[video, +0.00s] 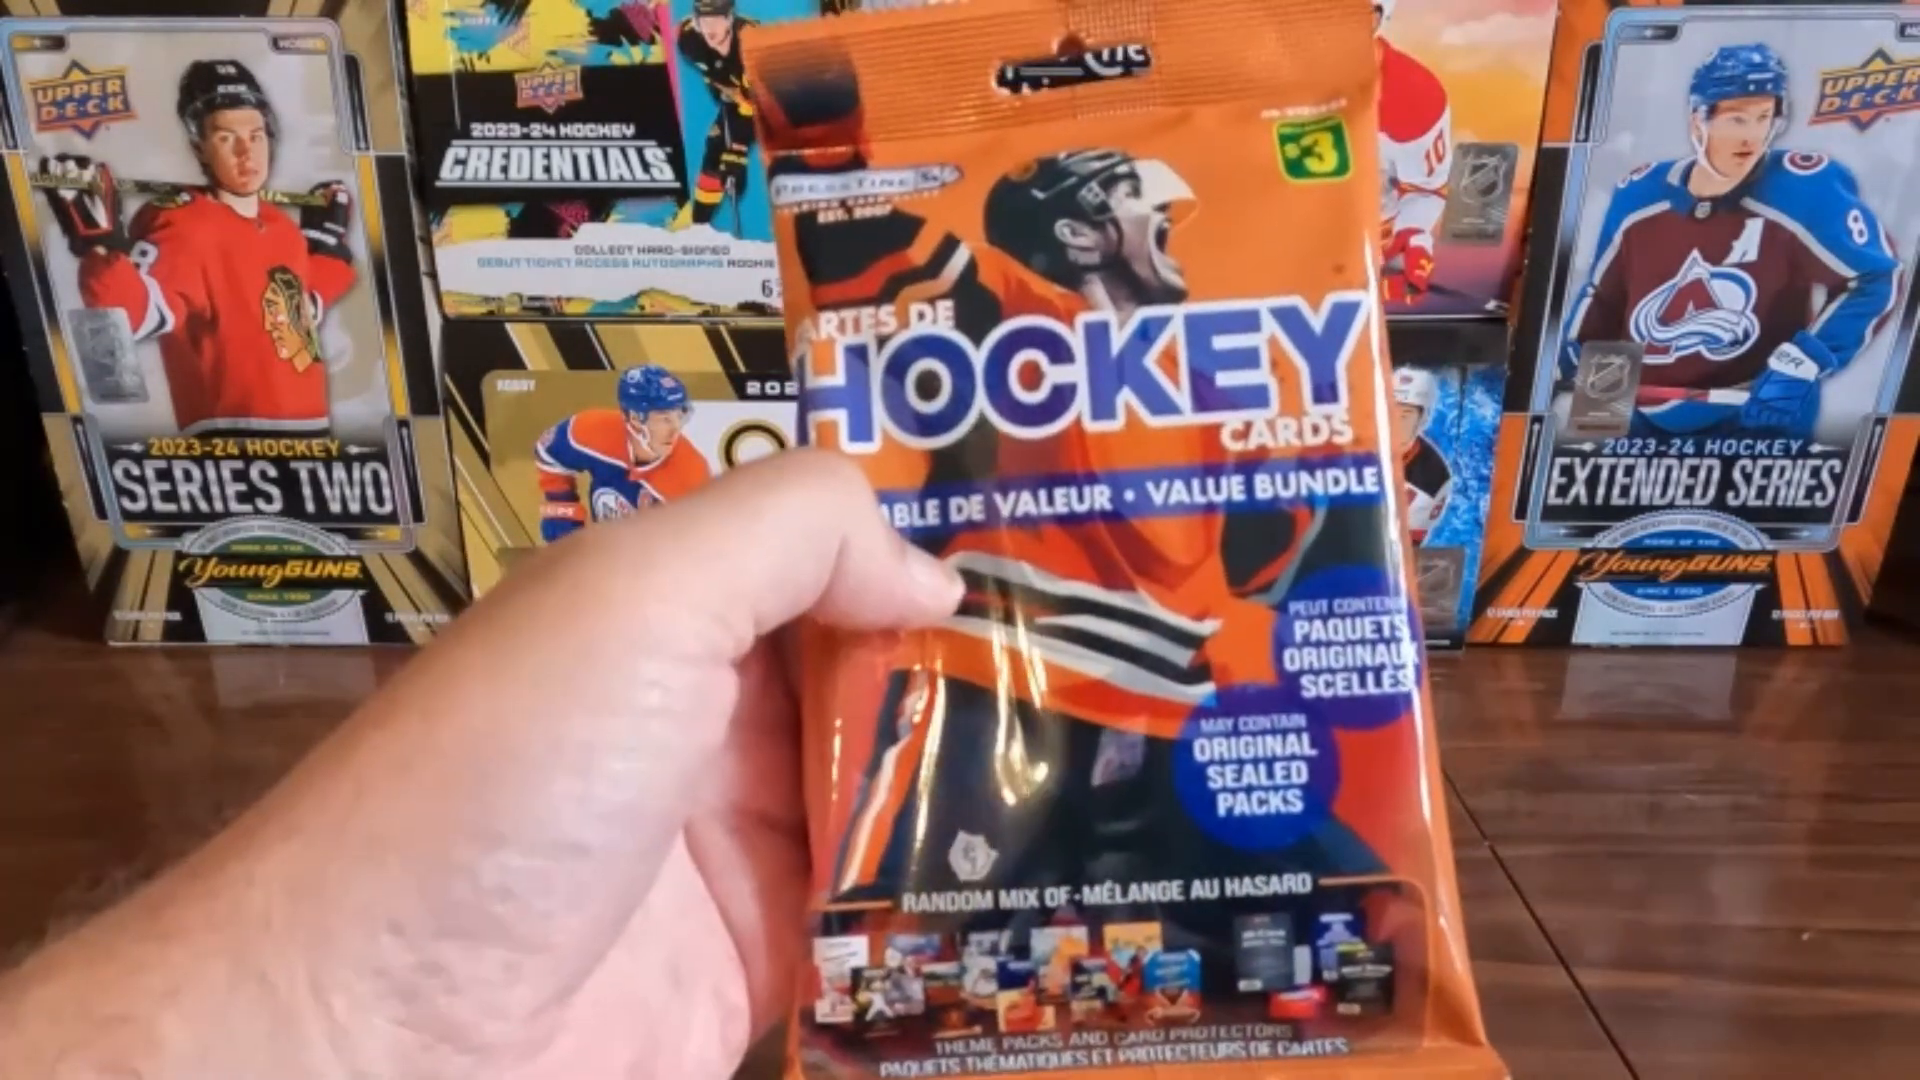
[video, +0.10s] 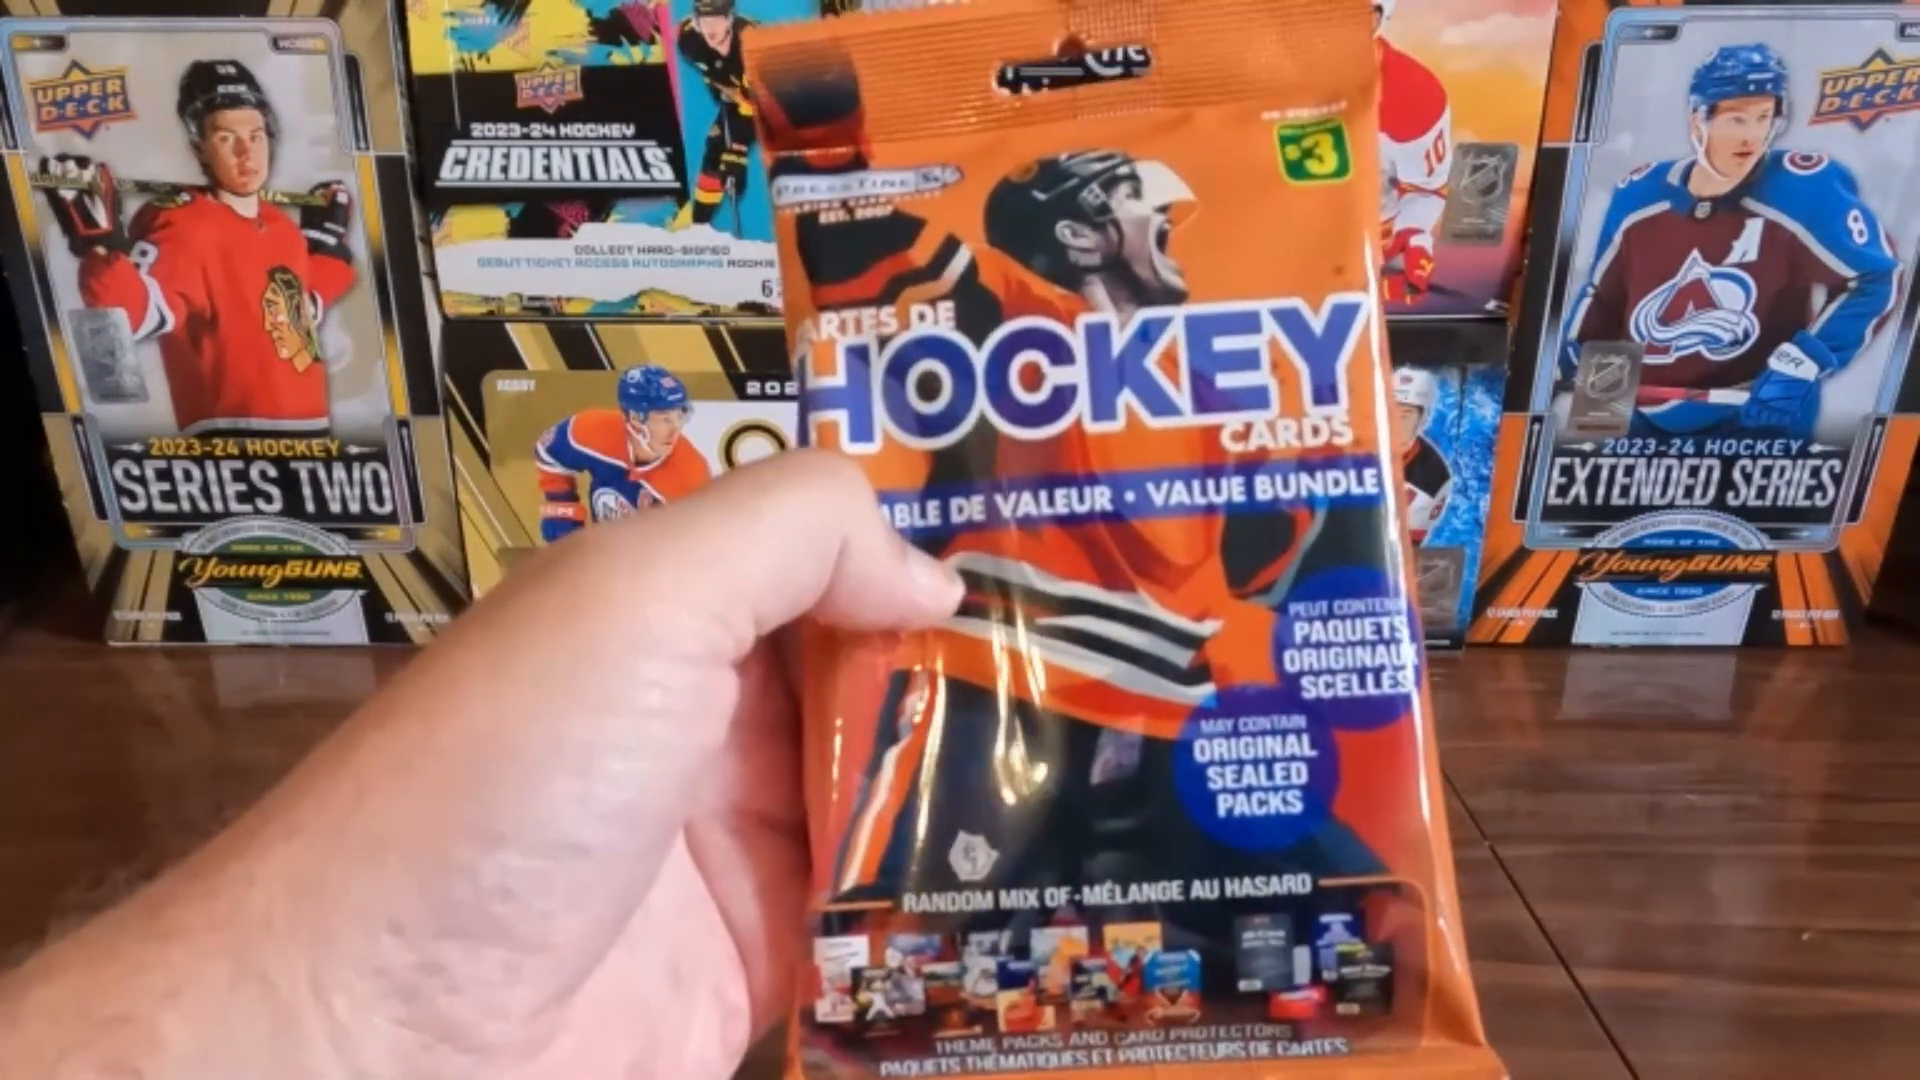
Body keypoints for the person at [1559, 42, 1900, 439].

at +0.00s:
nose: (1750, 135)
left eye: (1762, 118)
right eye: (1735, 119)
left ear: (1775, 123)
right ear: (1698, 124)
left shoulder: (1804, 193)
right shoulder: (1638, 197)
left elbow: (1878, 279)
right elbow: (1600, 297)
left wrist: (1803, 363)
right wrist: (1575, 361)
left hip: (1743, 427)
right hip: (1636, 420)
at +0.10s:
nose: (1750, 135)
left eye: (1762, 118)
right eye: (1735, 119)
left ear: (1775, 123)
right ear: (1698, 124)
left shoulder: (1804, 193)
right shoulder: (1638, 198)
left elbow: (1878, 279)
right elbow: (1600, 297)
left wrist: (1803, 363)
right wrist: (1576, 360)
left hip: (1743, 427)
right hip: (1637, 421)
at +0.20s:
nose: (1750, 135)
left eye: (1762, 118)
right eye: (1735, 119)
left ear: (1775, 122)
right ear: (1698, 124)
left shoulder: (1804, 193)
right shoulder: (1637, 197)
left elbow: (1878, 279)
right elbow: (1600, 297)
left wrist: (1803, 363)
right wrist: (1576, 360)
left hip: (1745, 428)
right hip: (1638, 422)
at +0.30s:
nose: (1750, 135)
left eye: (1762, 118)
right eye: (1735, 119)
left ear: (1775, 122)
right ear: (1698, 124)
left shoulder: (1804, 192)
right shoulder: (1637, 197)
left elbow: (1878, 279)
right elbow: (1600, 297)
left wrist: (1802, 364)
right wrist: (1576, 360)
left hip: (1745, 427)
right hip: (1638, 422)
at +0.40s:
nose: (1750, 135)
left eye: (1762, 118)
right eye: (1735, 119)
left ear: (1775, 122)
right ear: (1698, 124)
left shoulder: (1804, 192)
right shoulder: (1637, 197)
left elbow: (1878, 279)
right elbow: (1600, 297)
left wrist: (1802, 364)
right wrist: (1576, 360)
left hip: (1745, 427)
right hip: (1638, 421)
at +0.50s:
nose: (1750, 135)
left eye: (1762, 118)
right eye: (1734, 119)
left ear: (1775, 122)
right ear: (1698, 124)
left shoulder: (1804, 192)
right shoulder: (1637, 197)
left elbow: (1879, 278)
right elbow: (1600, 297)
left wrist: (1802, 364)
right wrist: (1576, 361)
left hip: (1744, 427)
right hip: (1637, 421)